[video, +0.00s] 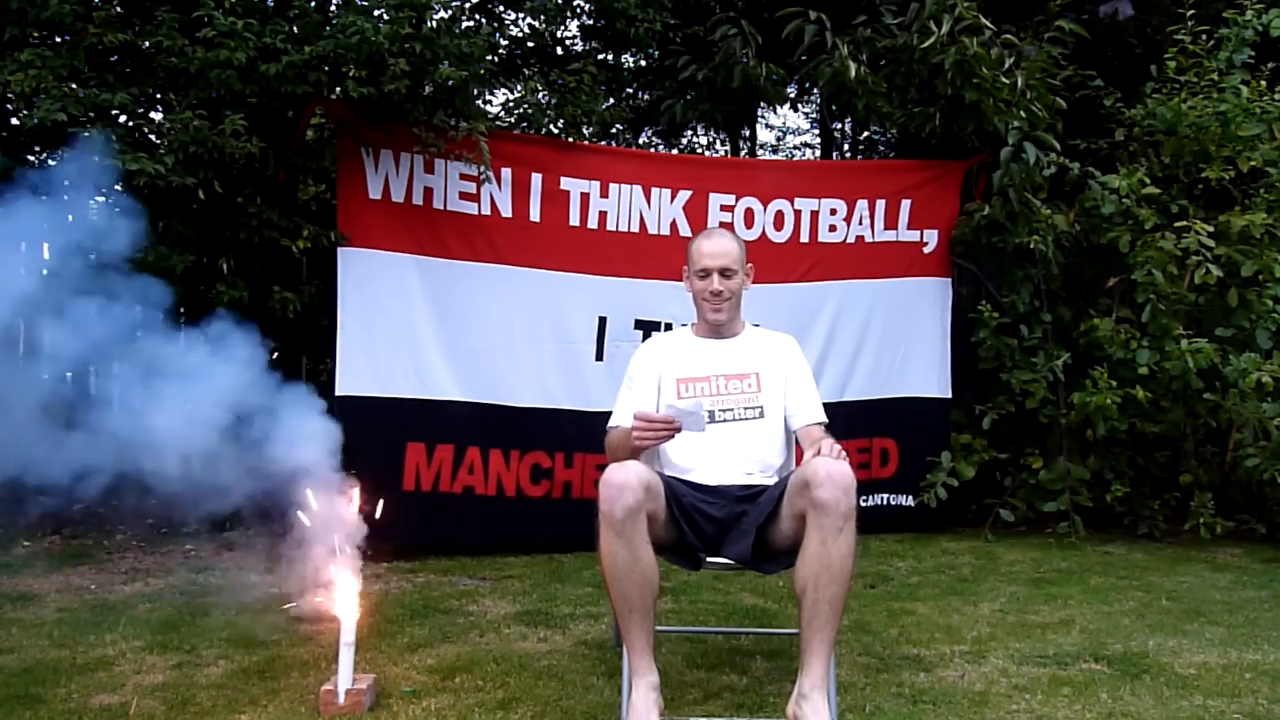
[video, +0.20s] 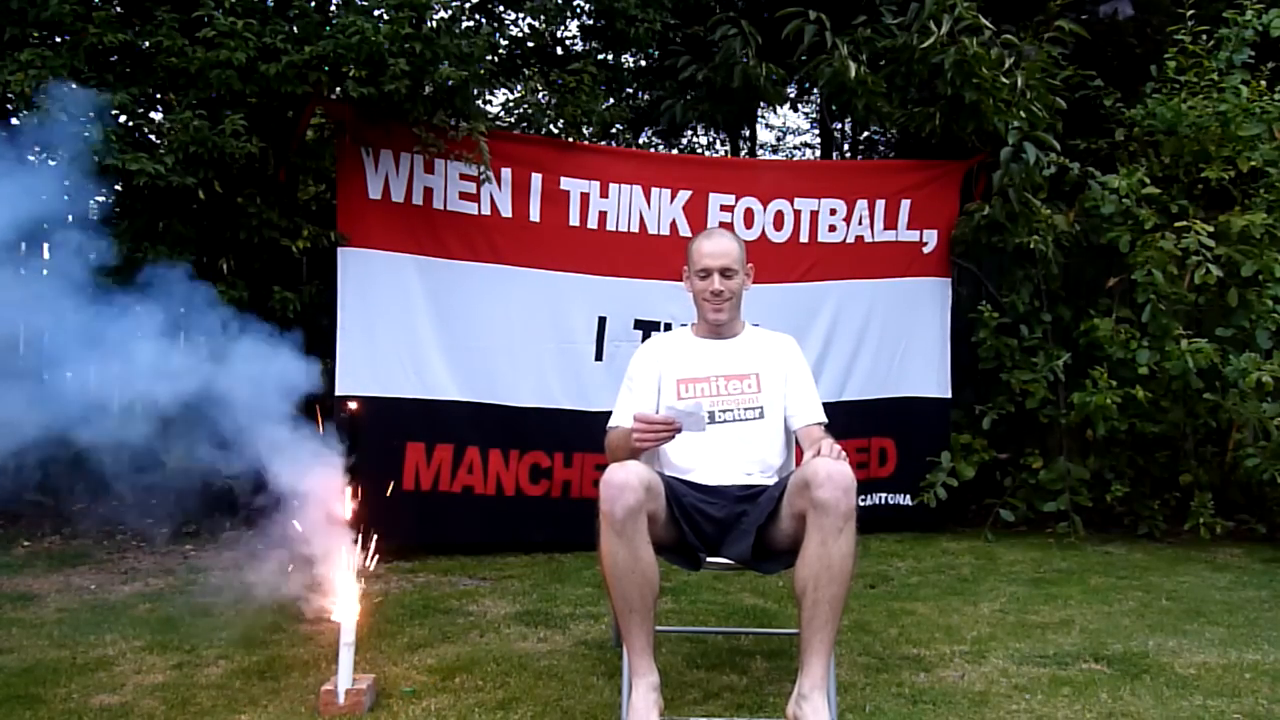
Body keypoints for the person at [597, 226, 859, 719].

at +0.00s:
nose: (716, 286)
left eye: (727, 274)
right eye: (703, 274)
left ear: (746, 278)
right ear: (687, 281)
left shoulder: (781, 349)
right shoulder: (656, 352)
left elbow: (811, 437)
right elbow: (614, 449)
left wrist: (823, 449)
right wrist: (635, 437)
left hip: (767, 504)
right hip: (678, 503)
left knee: (834, 478)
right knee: (617, 483)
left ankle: (812, 690)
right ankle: (642, 681)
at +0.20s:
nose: (716, 285)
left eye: (727, 273)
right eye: (704, 274)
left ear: (747, 278)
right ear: (687, 281)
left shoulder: (781, 349)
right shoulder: (656, 352)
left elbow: (811, 436)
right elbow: (613, 449)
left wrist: (823, 448)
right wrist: (634, 437)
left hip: (767, 504)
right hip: (678, 502)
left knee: (834, 478)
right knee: (618, 484)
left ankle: (812, 691)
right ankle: (642, 682)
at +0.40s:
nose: (720, 282)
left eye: (731, 270)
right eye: (707, 271)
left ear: (749, 278)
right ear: (689, 279)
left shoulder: (782, 349)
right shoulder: (658, 351)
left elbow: (812, 436)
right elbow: (618, 440)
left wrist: (824, 448)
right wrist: (625, 442)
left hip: (768, 505)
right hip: (679, 503)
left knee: (835, 478)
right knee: (619, 483)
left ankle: (811, 691)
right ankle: (642, 682)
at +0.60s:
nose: (725, 280)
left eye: (736, 269)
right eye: (712, 269)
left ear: (753, 277)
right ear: (693, 277)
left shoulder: (784, 349)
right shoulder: (659, 350)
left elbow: (815, 435)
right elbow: (622, 437)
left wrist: (825, 450)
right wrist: (623, 445)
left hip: (767, 504)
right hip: (680, 502)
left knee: (836, 488)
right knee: (619, 487)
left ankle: (806, 697)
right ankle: (642, 685)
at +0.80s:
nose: (727, 280)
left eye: (739, 269)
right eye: (715, 268)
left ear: (754, 278)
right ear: (695, 277)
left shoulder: (785, 348)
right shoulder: (661, 348)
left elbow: (815, 433)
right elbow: (623, 434)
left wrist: (824, 449)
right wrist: (623, 446)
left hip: (767, 502)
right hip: (680, 499)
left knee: (835, 499)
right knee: (619, 492)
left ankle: (803, 699)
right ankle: (644, 687)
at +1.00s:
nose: (725, 280)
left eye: (737, 269)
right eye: (713, 269)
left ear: (753, 277)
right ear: (693, 277)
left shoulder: (785, 348)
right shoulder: (660, 349)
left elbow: (814, 433)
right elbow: (623, 434)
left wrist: (824, 448)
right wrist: (623, 446)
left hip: (767, 502)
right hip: (680, 499)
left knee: (835, 494)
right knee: (619, 492)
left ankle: (806, 697)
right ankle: (645, 687)